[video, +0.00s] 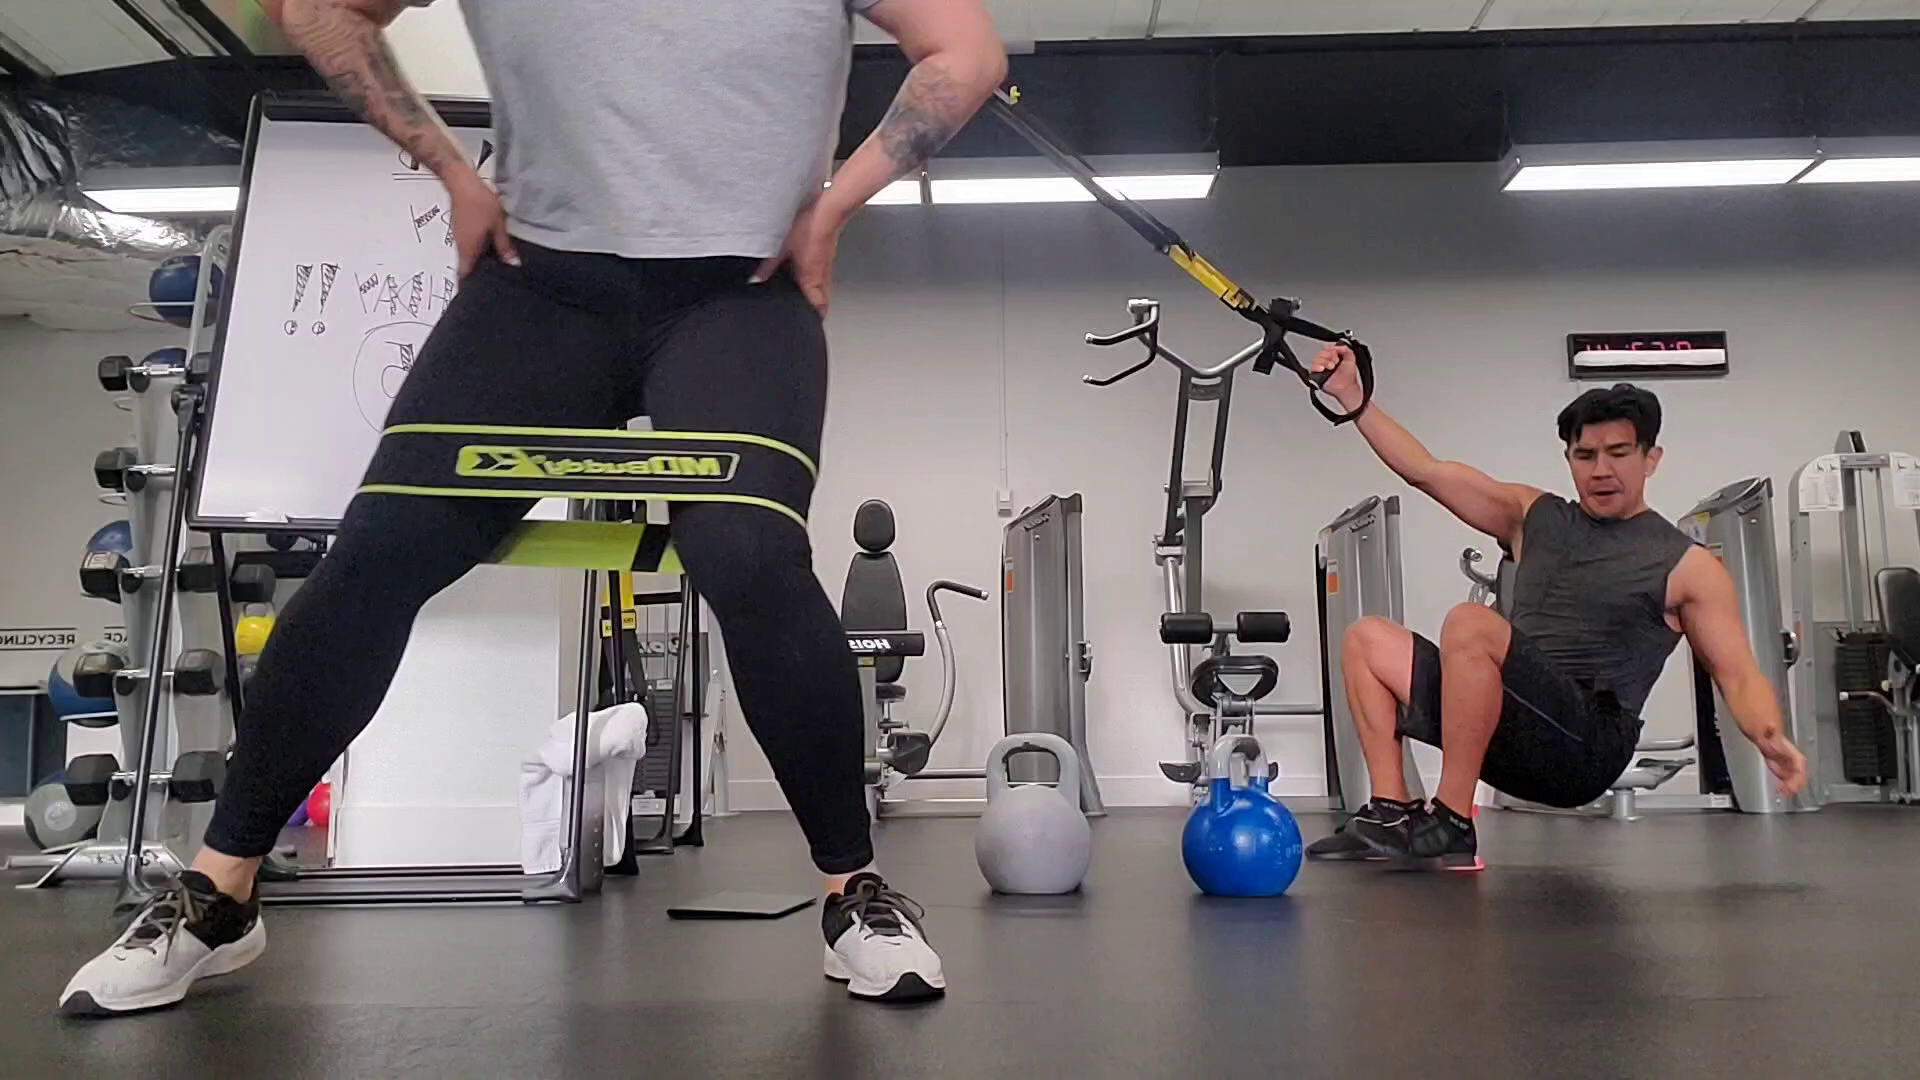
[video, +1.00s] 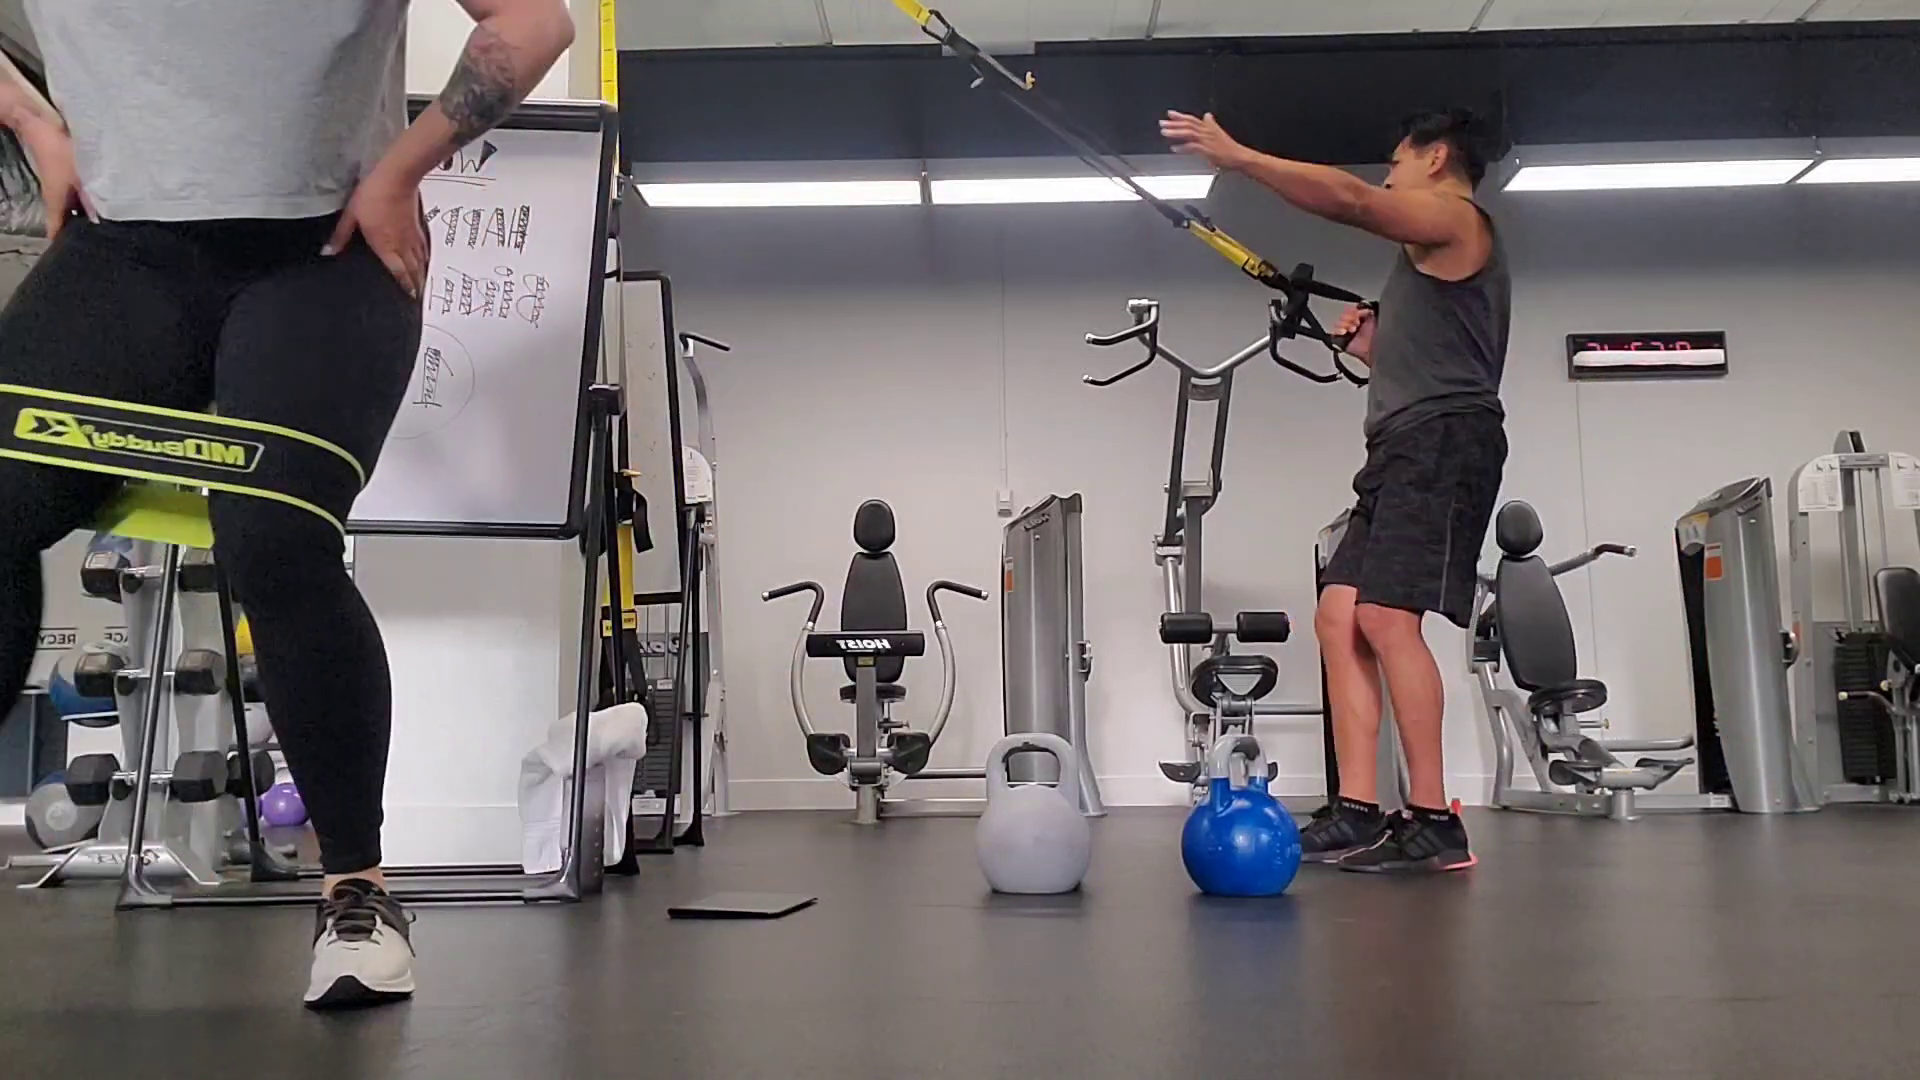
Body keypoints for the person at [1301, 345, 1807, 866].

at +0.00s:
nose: (1600, 470)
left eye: (1617, 453)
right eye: (1586, 455)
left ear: (1652, 458)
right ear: (1570, 459)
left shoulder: (1688, 565)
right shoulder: (1532, 515)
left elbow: (1736, 671)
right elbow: (1425, 470)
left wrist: (1767, 734)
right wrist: (1356, 403)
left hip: (1588, 744)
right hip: (1499, 728)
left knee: (1471, 624)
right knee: (1366, 639)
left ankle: (1452, 819)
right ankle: (1390, 812)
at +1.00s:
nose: (1389, 172)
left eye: (1399, 158)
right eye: (1393, 160)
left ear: (1437, 155)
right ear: (1446, 160)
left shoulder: (1456, 215)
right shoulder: (1435, 236)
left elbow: (1350, 200)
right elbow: (1448, 359)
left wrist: (1239, 156)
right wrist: (1383, 344)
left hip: (1444, 436)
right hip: (1404, 442)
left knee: (1388, 618)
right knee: (1338, 617)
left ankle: (1432, 820)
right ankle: (1358, 812)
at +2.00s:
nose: (1480, 310)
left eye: (1495, 293)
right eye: (1474, 300)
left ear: (1548, 293)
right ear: (1474, 312)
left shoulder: (1588, 379)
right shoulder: (1490, 393)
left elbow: (1601, 462)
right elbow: (1400, 448)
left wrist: (1486, 408)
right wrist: (1369, 374)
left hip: (1515, 578)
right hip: (1460, 575)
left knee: (1340, 625)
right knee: (1286, 638)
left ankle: (1389, 821)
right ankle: (1343, 809)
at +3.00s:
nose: (1495, 303)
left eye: (1508, 286)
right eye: (1495, 292)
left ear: (1561, 293)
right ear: (1548, 299)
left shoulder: (1573, 365)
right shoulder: (1515, 388)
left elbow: (1522, 410)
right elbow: (1430, 451)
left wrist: (1412, 374)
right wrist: (1374, 385)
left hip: (1497, 575)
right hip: (1454, 568)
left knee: (1319, 636)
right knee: (1284, 640)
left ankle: (1390, 825)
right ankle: (1343, 809)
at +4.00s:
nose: (1355, 182)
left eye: (1365, 168)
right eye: (1358, 170)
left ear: (1409, 170)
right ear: (1412, 176)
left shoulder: (1409, 220)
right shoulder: (1417, 255)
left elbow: (1297, 209)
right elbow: (1424, 349)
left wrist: (1194, 169)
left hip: (1418, 441)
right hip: (1388, 448)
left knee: (1349, 619)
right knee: (1319, 626)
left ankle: (1387, 821)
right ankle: (1347, 812)